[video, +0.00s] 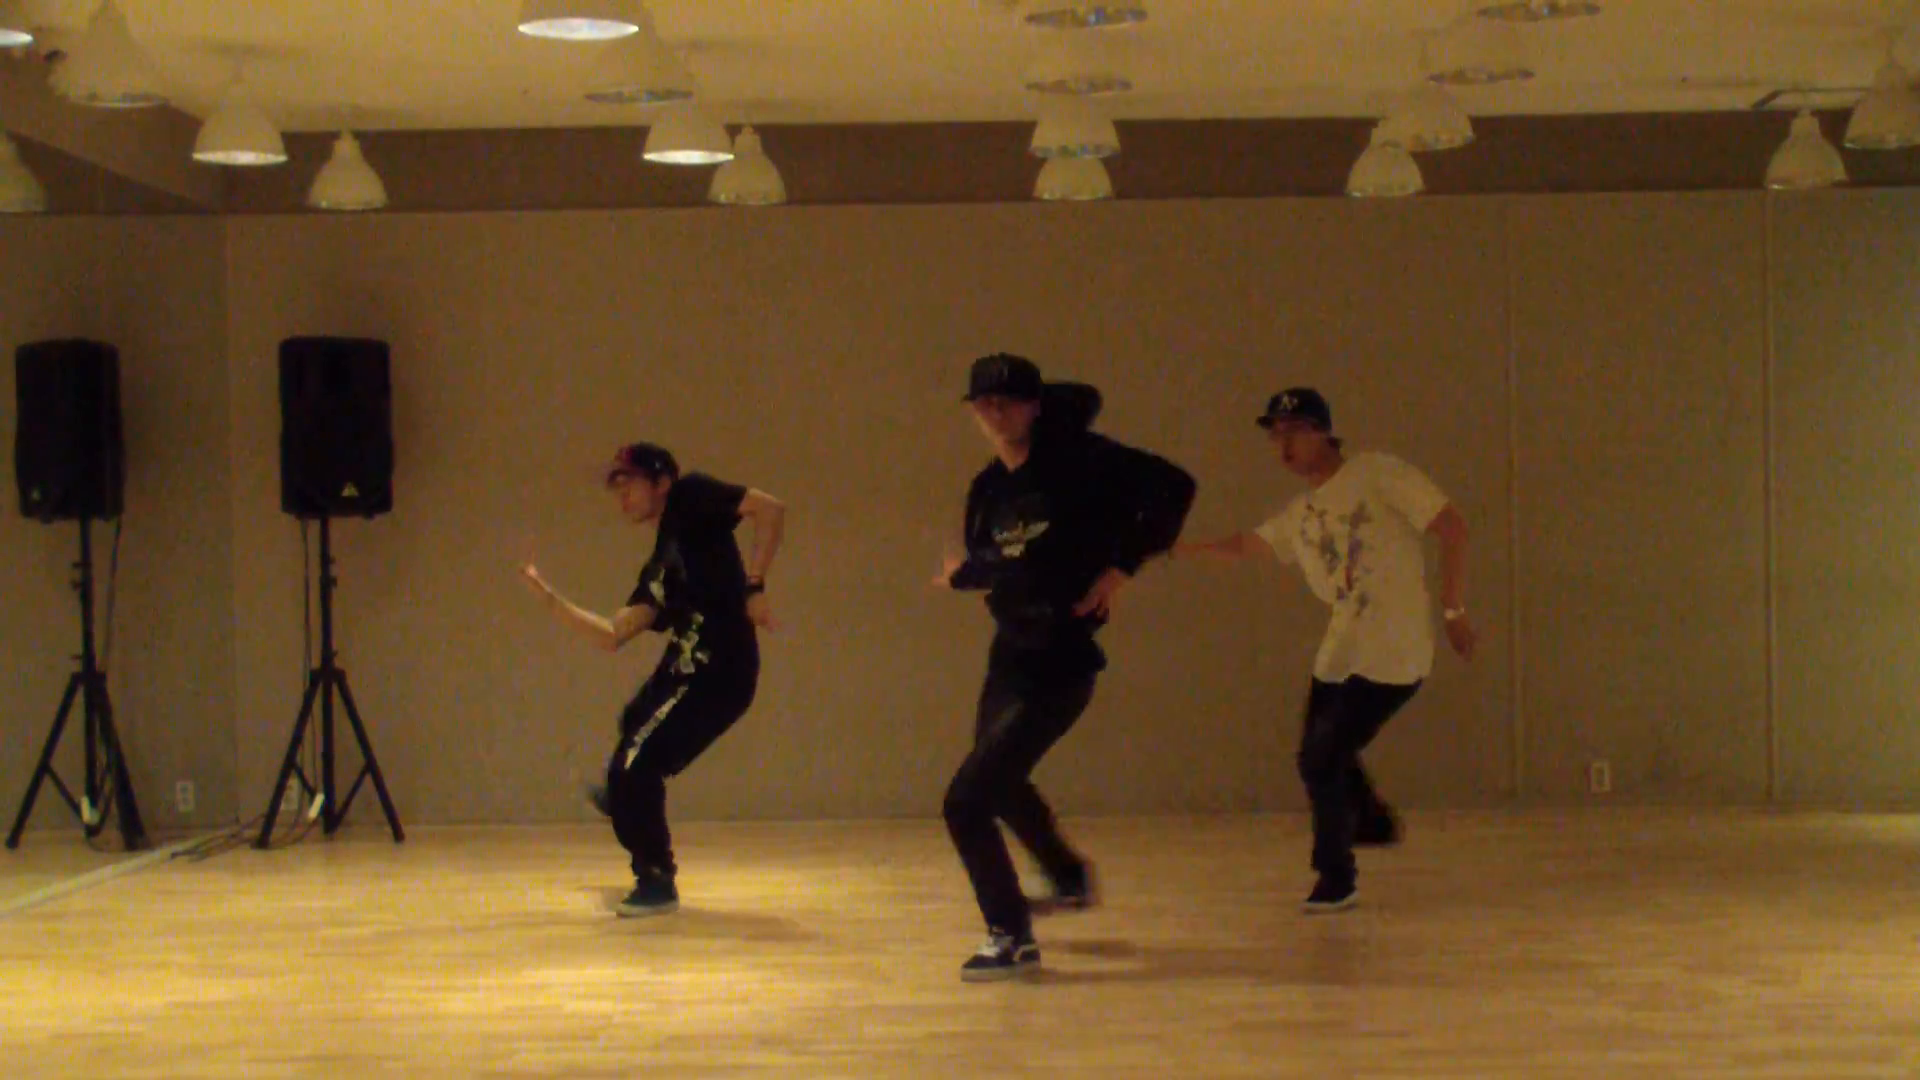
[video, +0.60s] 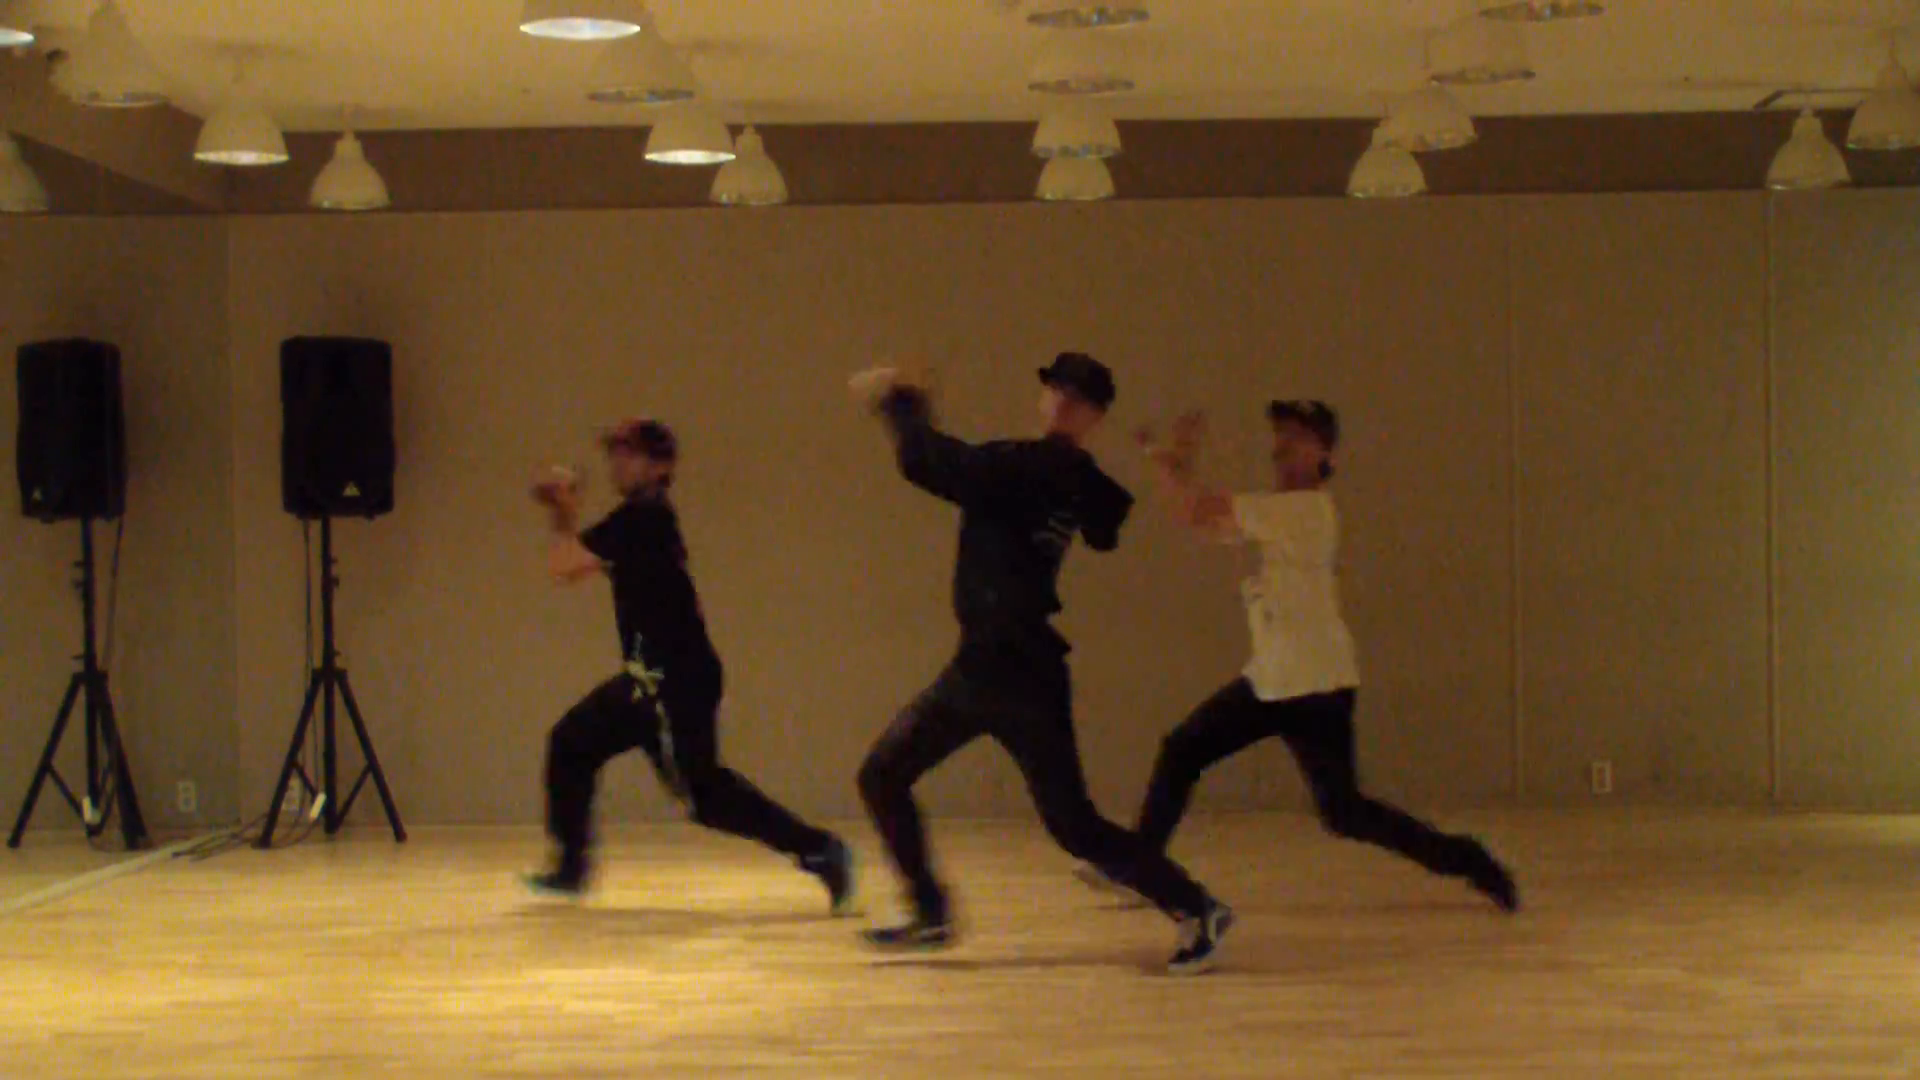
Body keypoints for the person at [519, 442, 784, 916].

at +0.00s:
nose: (620, 497)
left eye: (628, 484)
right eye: (616, 488)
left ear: (661, 480)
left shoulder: (691, 494)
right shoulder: (664, 562)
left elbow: (769, 509)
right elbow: (613, 634)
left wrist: (755, 585)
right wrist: (551, 598)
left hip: (722, 665)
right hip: (689, 660)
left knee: (637, 762)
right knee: (636, 719)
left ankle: (656, 878)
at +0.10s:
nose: (632, 487)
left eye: (641, 476)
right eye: (629, 478)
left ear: (675, 476)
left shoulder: (705, 494)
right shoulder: (674, 562)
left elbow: (784, 507)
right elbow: (627, 637)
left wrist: (770, 583)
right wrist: (551, 604)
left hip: (738, 669)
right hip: (707, 676)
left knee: (653, 756)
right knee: (698, 771)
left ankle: (656, 879)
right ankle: (791, 832)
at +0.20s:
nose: (657, 486)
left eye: (666, 473)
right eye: (653, 476)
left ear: (699, 474)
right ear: (662, 483)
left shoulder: (729, 505)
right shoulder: (682, 559)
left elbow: (805, 523)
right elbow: (669, 636)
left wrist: (779, 590)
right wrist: (597, 619)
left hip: (750, 677)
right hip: (734, 683)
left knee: (659, 753)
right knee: (778, 791)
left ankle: (695, 868)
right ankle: (893, 854)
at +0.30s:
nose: (680, 484)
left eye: (691, 473)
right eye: (677, 474)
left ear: (725, 478)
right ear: (675, 482)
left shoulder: (743, 528)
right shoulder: (709, 547)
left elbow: (795, 581)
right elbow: (702, 635)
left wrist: (727, 628)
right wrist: (659, 613)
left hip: (753, 691)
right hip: (740, 692)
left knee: (690, 792)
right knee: (784, 795)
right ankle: (899, 861)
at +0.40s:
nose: (698, 479)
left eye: (710, 469)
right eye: (696, 469)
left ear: (742, 476)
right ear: (695, 477)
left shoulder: (744, 539)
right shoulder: (713, 538)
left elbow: (727, 619)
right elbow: (697, 611)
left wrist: (665, 616)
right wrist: (670, 590)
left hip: (739, 699)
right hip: (719, 700)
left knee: (759, 822)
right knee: (753, 820)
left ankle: (863, 860)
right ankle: (861, 851)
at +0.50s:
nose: (682, 473)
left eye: (694, 463)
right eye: (681, 463)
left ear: (725, 474)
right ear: (683, 471)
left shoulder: (707, 535)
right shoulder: (692, 530)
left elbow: (654, 608)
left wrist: (633, 570)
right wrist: (639, 559)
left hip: (714, 690)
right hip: (692, 688)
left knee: (758, 798)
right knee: (650, 784)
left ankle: (862, 867)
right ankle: (746, 845)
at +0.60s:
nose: (616, 465)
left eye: (627, 456)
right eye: (616, 455)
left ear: (656, 465)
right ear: (641, 467)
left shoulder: (644, 517)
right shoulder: (639, 514)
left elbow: (565, 565)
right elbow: (573, 565)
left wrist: (561, 510)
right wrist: (562, 512)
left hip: (678, 679)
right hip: (650, 675)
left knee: (702, 793)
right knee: (572, 744)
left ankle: (822, 851)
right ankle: (570, 868)